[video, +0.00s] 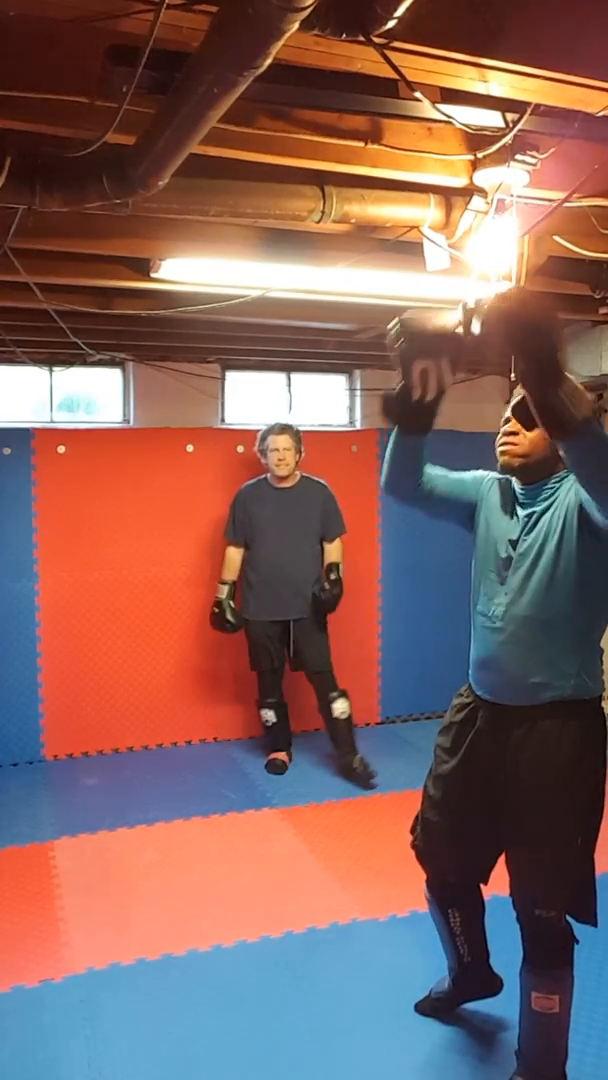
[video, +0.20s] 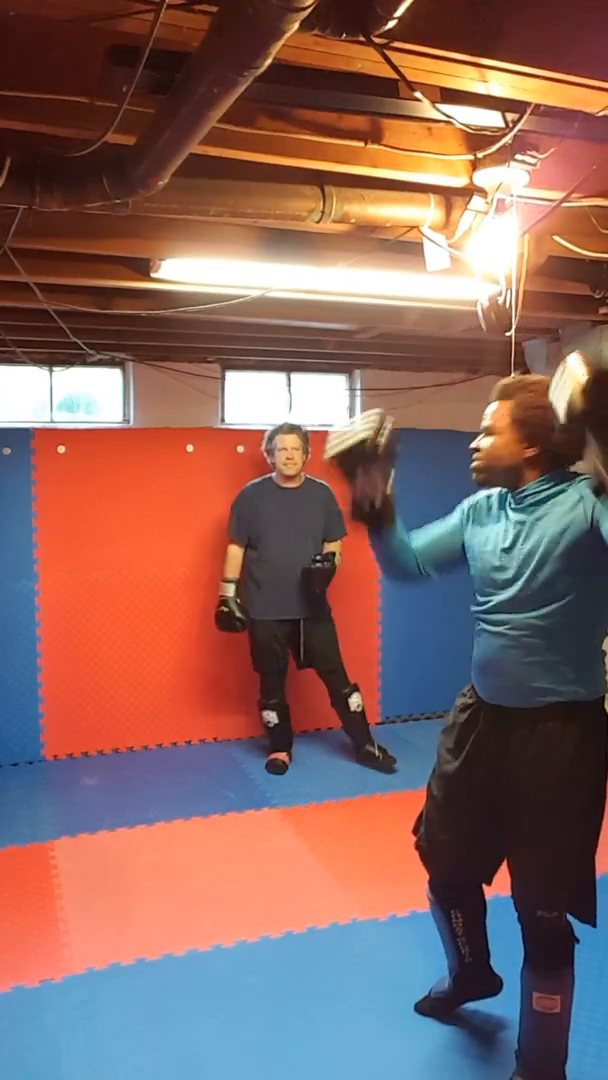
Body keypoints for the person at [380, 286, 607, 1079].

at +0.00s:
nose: (510, 428)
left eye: (525, 421)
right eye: (507, 417)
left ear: (562, 435)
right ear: (502, 429)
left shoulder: (588, 501)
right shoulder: (487, 489)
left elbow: (604, 483)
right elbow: (403, 482)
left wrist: (558, 391)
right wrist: (419, 405)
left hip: (561, 724)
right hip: (479, 713)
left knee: (543, 905)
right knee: (440, 847)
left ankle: (543, 1066)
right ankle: (473, 974)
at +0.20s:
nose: (477, 443)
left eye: (490, 433)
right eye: (480, 432)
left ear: (535, 444)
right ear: (512, 444)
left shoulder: (584, 505)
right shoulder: (478, 511)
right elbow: (405, 562)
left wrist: (595, 430)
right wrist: (376, 504)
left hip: (563, 723)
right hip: (483, 714)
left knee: (544, 904)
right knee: (445, 850)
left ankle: (542, 1067)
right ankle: (471, 971)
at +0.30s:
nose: (460, 451)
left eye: (472, 438)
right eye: (463, 437)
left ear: (518, 445)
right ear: (498, 445)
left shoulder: (581, 510)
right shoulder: (481, 516)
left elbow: (598, 564)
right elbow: (447, 593)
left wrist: (596, 505)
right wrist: (380, 571)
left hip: (564, 727)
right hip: (486, 718)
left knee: (543, 901)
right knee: (455, 855)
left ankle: (542, 1067)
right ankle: (474, 973)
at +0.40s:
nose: (449, 459)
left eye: (461, 445)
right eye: (452, 445)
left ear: (509, 447)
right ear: (492, 449)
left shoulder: (588, 513)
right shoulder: (481, 522)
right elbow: (489, 598)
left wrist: (594, 609)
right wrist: (416, 612)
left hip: (568, 728)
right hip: (490, 719)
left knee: (548, 900)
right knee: (473, 860)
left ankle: (543, 1064)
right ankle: (478, 976)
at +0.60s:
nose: (453, 472)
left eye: (460, 457)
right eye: (453, 458)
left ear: (502, 454)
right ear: (497, 456)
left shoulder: (570, 515)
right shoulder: (502, 516)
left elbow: (606, 616)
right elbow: (506, 607)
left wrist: (550, 649)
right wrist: (437, 608)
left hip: (560, 728)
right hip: (503, 717)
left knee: (545, 890)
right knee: (505, 854)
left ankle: (544, 1065)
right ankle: (522, 967)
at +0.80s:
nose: (474, 462)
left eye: (479, 447)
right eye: (475, 447)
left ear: (506, 450)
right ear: (528, 446)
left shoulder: (545, 503)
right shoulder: (537, 502)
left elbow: (512, 615)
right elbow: (509, 591)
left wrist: (449, 596)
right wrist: (451, 569)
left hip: (555, 716)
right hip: (548, 710)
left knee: (543, 889)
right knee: (556, 876)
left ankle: (542, 1065)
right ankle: (585, 988)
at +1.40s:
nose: (469, 477)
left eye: (472, 464)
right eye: (468, 466)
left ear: (502, 455)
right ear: (519, 457)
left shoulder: (505, 503)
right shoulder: (572, 505)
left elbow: (452, 585)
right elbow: (509, 591)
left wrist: (406, 564)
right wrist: (425, 573)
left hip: (515, 684)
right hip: (573, 681)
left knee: (478, 833)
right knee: (569, 831)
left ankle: (455, 992)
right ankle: (595, 978)